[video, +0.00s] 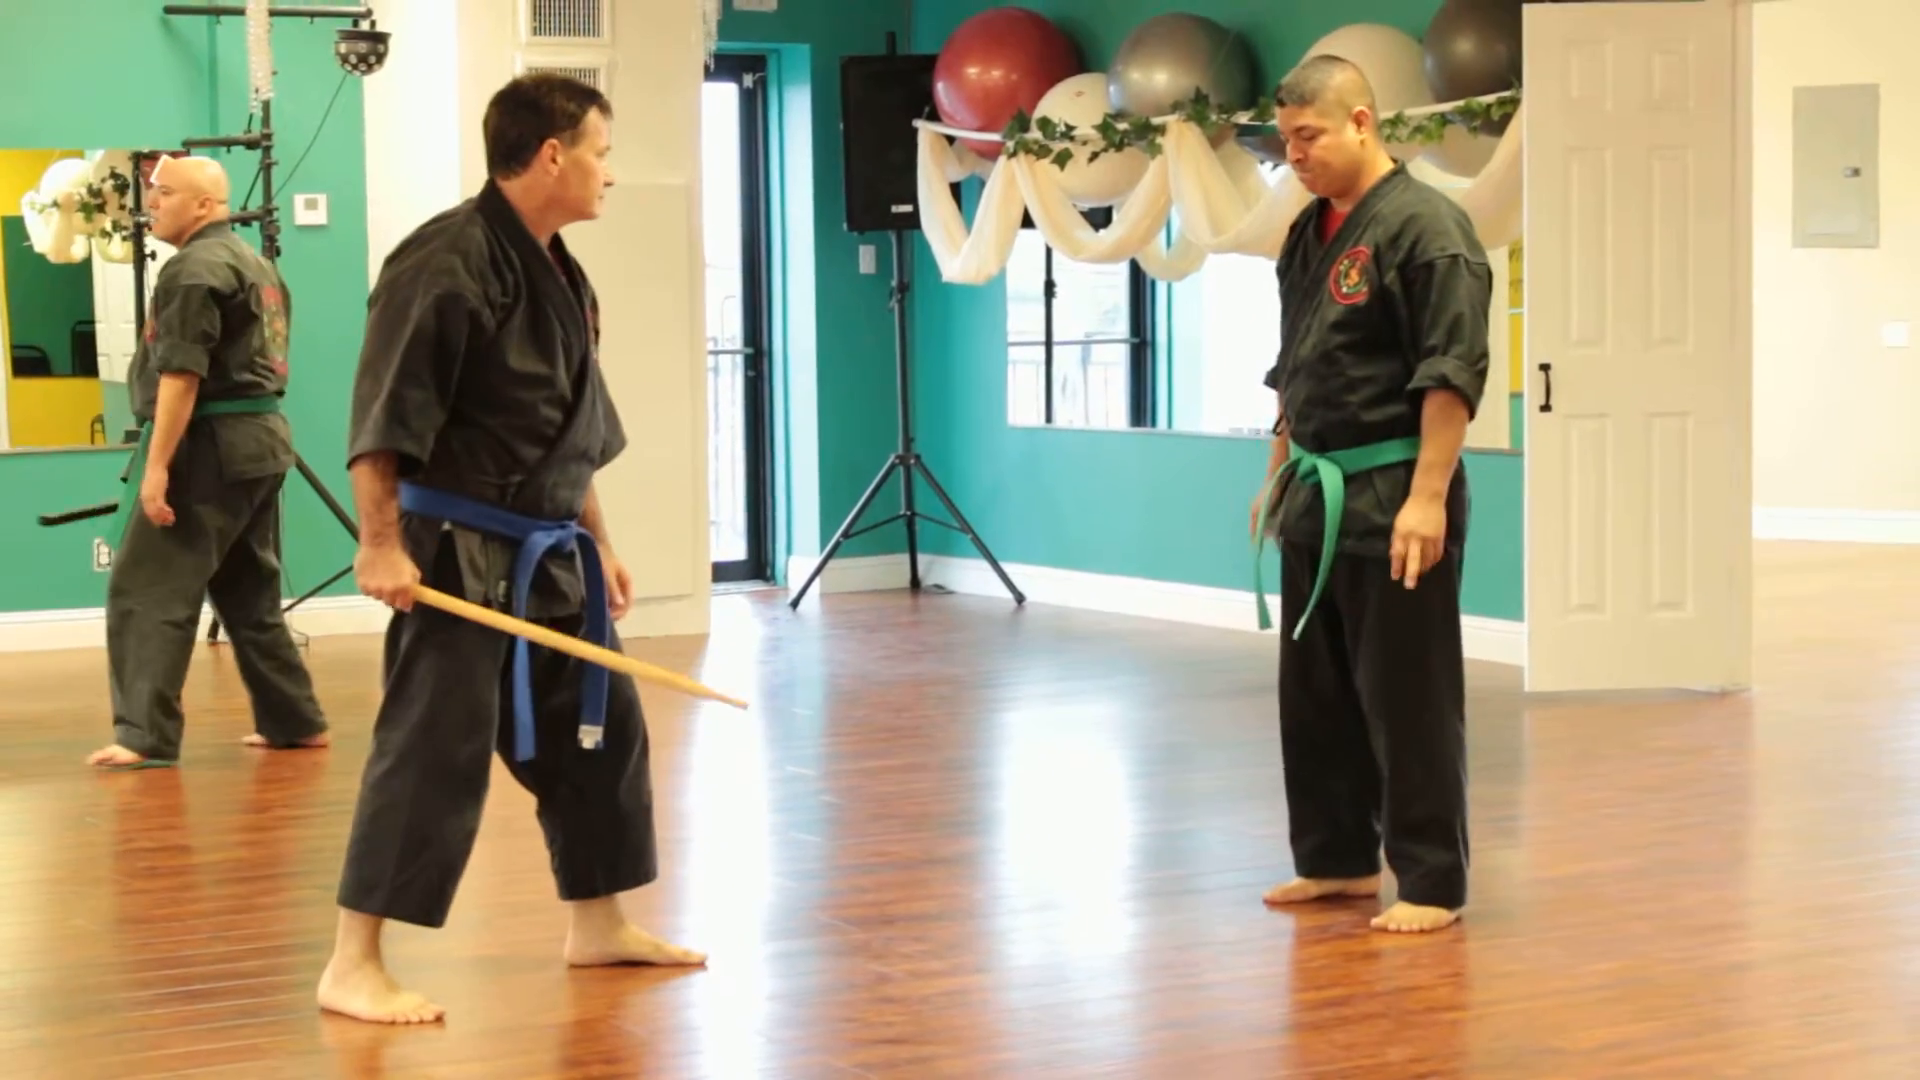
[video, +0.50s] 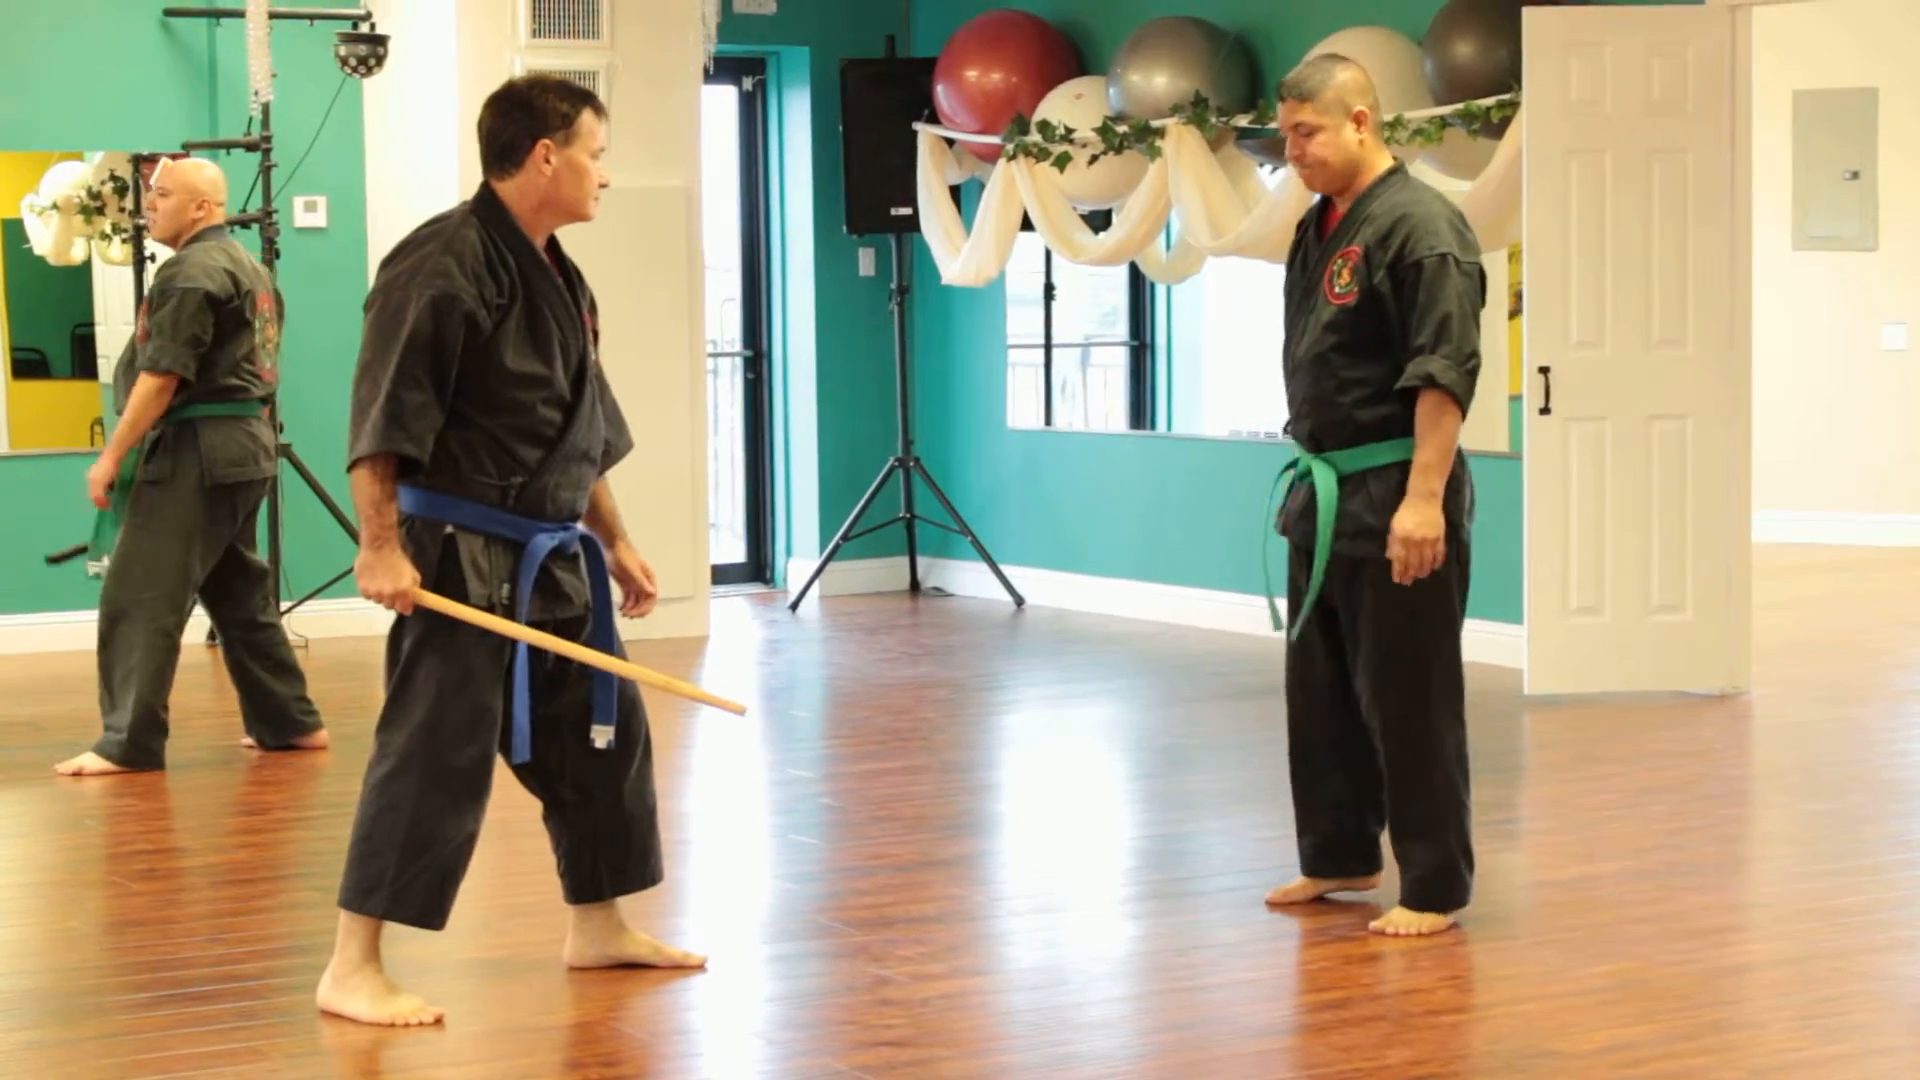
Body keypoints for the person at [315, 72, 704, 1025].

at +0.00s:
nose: (609, 173)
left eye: (608, 154)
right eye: (600, 154)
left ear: (551, 156)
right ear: (551, 156)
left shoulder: (558, 272)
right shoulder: (443, 260)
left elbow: (561, 430)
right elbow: (379, 410)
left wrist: (598, 541)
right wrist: (380, 539)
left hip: (553, 541)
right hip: (459, 540)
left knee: (598, 723)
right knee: (427, 743)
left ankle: (598, 926)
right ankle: (352, 964)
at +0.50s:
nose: (605, 175)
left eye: (605, 156)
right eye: (597, 155)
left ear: (548, 158)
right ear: (545, 156)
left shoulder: (559, 276)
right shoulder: (439, 262)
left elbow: (572, 428)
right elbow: (378, 412)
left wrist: (615, 539)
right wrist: (380, 541)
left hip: (558, 545)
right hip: (461, 543)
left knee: (600, 726)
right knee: (427, 747)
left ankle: (598, 926)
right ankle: (351, 967)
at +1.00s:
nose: (605, 175)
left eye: (604, 156)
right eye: (596, 156)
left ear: (548, 158)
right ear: (543, 156)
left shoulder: (564, 276)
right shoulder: (439, 261)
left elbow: (580, 428)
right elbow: (376, 409)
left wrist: (618, 539)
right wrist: (375, 542)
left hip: (559, 546)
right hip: (459, 543)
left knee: (600, 727)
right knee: (427, 747)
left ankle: (598, 928)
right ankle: (352, 967)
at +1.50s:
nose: (605, 173)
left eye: (604, 154)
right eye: (596, 154)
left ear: (550, 156)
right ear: (544, 155)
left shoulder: (566, 275)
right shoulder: (439, 261)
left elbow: (583, 427)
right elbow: (377, 409)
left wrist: (622, 538)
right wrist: (378, 540)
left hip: (560, 544)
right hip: (460, 542)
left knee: (600, 727)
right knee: (429, 747)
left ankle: (599, 927)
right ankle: (353, 965)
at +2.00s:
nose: (619, 184)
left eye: (618, 165)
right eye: (610, 164)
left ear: (561, 164)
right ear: (559, 164)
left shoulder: (581, 284)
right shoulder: (447, 267)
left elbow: (617, 424)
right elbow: (376, 407)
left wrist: (679, 527)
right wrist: (378, 540)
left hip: (563, 546)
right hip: (463, 545)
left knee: (641, 702)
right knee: (444, 747)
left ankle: (611, 908)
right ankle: (354, 966)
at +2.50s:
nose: (826, 198)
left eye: (826, 182)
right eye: (817, 179)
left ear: (771, 182)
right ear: (769, 177)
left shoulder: (795, 284)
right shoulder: (685, 254)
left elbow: (861, 376)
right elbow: (604, 257)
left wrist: (931, 446)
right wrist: (592, 148)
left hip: (752, 535)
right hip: (725, 538)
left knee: (736, 730)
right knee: (862, 694)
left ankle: (655, 916)